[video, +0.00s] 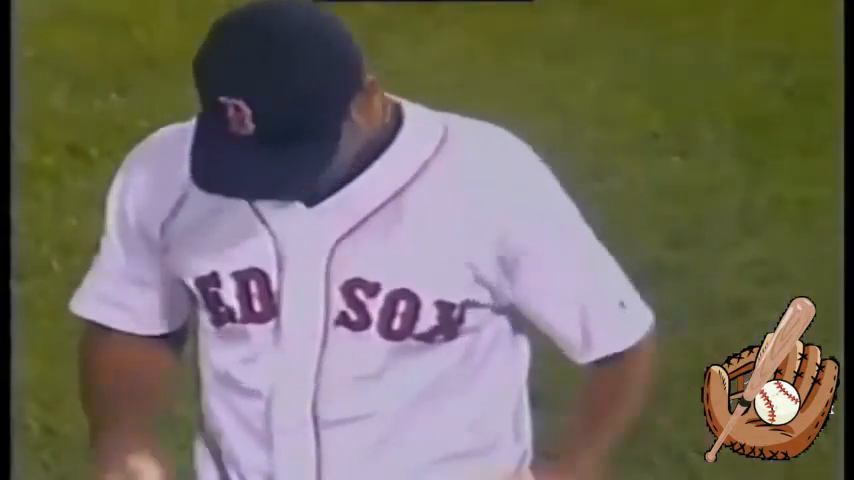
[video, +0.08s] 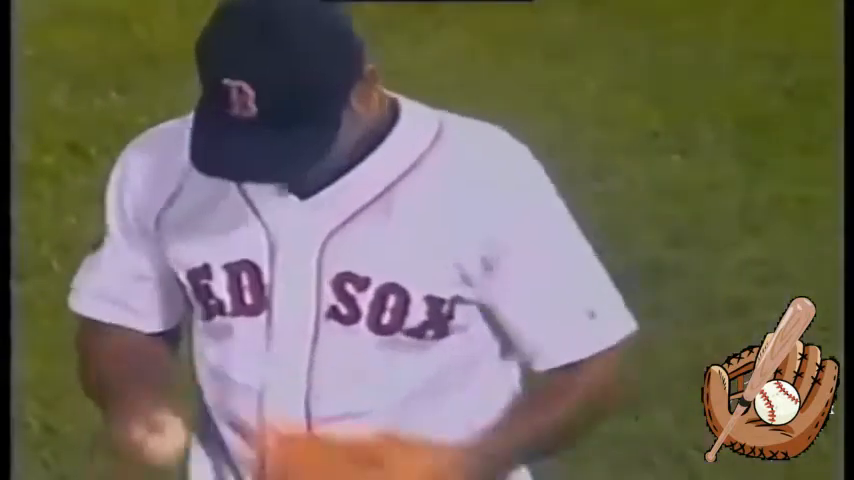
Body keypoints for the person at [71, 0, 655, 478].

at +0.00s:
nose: (277, 186)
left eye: (298, 167)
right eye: (254, 172)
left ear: (360, 106)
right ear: (217, 118)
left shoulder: (489, 176)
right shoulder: (167, 175)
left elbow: (626, 341)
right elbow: (127, 320)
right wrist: (127, 450)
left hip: (457, 469)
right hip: (245, 468)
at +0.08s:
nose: (278, 173)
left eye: (303, 148)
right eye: (255, 153)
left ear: (364, 88)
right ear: (220, 104)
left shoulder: (485, 175)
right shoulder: (162, 171)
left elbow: (595, 366)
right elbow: (120, 315)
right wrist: (140, 405)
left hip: (436, 470)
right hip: (237, 470)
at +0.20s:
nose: (279, 161)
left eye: (302, 138)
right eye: (254, 140)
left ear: (366, 78)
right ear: (219, 93)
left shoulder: (478, 184)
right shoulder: (158, 161)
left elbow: (521, 407)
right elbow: (95, 329)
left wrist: (318, 411)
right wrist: (180, 388)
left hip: (429, 469)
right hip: (227, 470)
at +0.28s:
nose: (279, 155)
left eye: (301, 132)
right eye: (257, 137)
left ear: (368, 77)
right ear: (223, 93)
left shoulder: (473, 195)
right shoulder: (159, 157)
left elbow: (473, 420)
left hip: (411, 471)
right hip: (223, 465)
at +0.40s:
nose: (281, 157)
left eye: (304, 137)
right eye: (263, 136)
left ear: (376, 80)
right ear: (233, 94)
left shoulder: (470, 207)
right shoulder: (175, 144)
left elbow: (432, 426)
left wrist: (236, 335)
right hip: (224, 464)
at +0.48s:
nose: (288, 153)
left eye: (314, 136)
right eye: (270, 130)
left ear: (385, 82)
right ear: (246, 87)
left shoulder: (475, 209)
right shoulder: (194, 135)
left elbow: (417, 424)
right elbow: (61, 315)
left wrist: (228, 316)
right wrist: (110, 245)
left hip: (419, 470)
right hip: (233, 464)